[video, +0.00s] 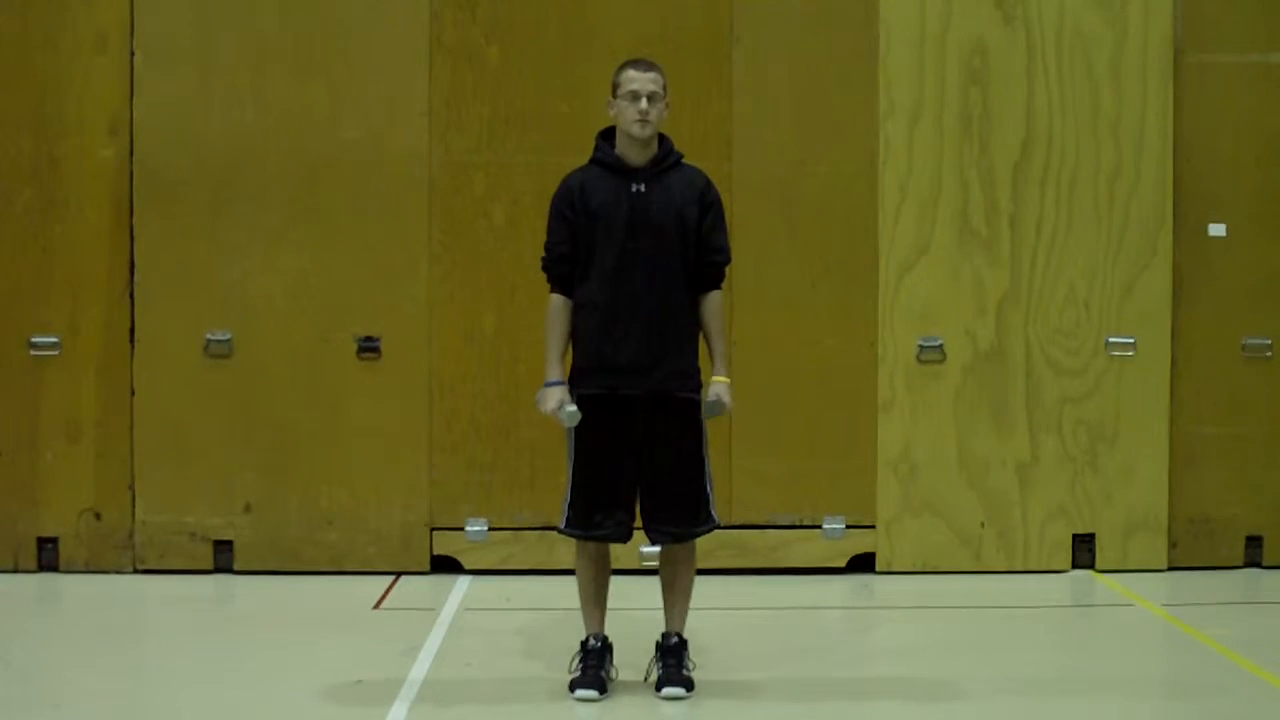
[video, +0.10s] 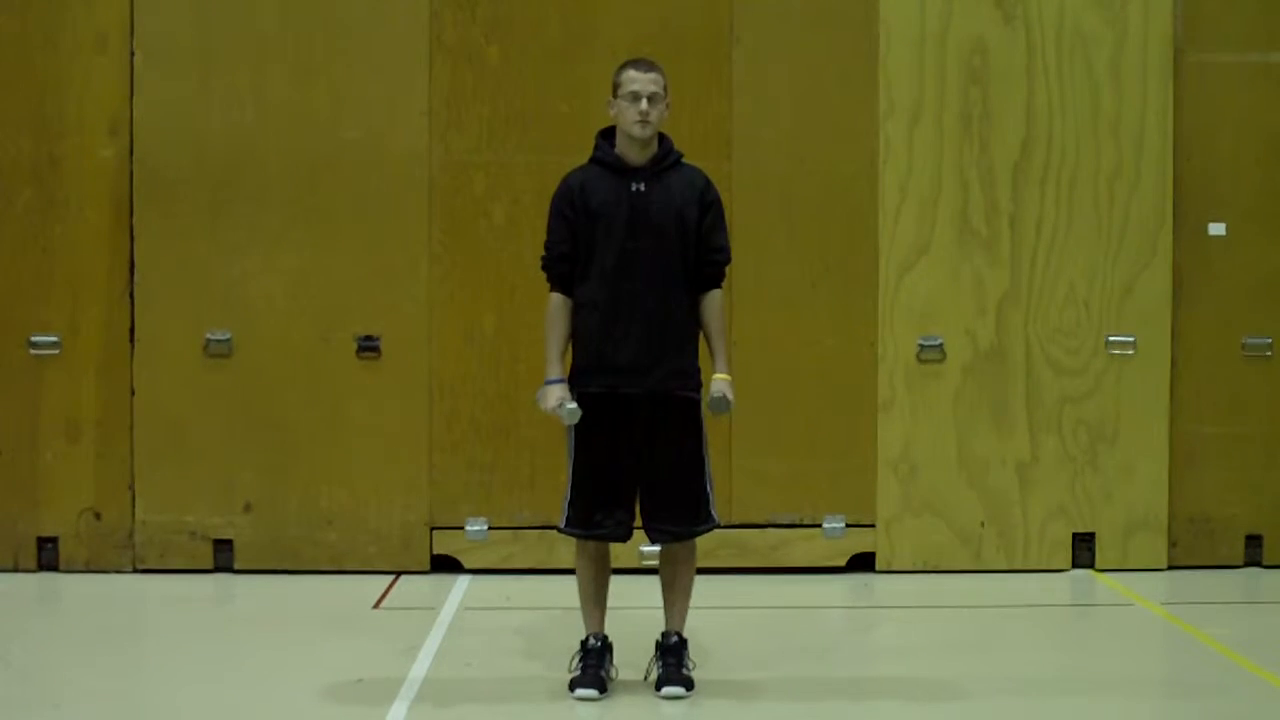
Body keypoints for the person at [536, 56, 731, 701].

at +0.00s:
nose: (644, 107)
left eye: (654, 98)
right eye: (633, 97)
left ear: (667, 110)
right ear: (611, 107)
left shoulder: (694, 188)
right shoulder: (579, 188)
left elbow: (710, 287)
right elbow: (560, 290)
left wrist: (720, 370)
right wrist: (554, 377)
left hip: (674, 383)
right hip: (598, 384)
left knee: (678, 523)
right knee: (593, 522)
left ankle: (673, 648)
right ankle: (594, 647)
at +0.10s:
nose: (644, 107)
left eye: (654, 99)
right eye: (633, 97)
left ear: (667, 110)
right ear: (612, 107)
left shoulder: (694, 187)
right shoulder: (579, 187)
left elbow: (710, 286)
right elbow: (560, 289)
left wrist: (721, 368)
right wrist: (553, 375)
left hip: (674, 382)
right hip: (598, 383)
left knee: (678, 522)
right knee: (593, 520)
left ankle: (673, 646)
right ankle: (594, 646)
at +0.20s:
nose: (644, 108)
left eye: (654, 99)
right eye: (634, 98)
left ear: (667, 110)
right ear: (612, 106)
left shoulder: (694, 187)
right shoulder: (579, 188)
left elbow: (711, 286)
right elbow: (560, 290)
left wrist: (721, 368)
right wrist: (554, 376)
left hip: (673, 383)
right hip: (599, 383)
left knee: (678, 522)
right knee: (593, 521)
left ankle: (673, 647)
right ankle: (594, 646)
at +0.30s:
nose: (644, 108)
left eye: (654, 99)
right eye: (633, 98)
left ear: (667, 110)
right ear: (612, 107)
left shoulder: (695, 188)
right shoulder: (579, 188)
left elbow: (711, 286)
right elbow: (560, 290)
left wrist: (721, 368)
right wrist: (555, 376)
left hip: (673, 383)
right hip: (598, 383)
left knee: (678, 522)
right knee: (593, 522)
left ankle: (673, 647)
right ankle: (594, 646)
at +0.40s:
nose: (644, 108)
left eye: (654, 99)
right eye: (633, 98)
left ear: (668, 109)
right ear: (613, 107)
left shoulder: (695, 188)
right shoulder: (580, 188)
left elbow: (711, 287)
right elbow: (561, 290)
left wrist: (720, 370)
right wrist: (556, 377)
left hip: (673, 383)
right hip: (598, 383)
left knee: (678, 522)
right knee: (593, 522)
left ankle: (673, 647)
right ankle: (594, 646)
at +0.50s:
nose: (644, 108)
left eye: (655, 99)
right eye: (634, 98)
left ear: (669, 109)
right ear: (613, 107)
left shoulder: (696, 188)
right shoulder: (580, 188)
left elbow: (711, 289)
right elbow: (563, 291)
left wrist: (719, 373)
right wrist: (556, 379)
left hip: (674, 384)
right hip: (599, 384)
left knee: (679, 523)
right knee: (594, 522)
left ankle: (673, 647)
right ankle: (594, 647)